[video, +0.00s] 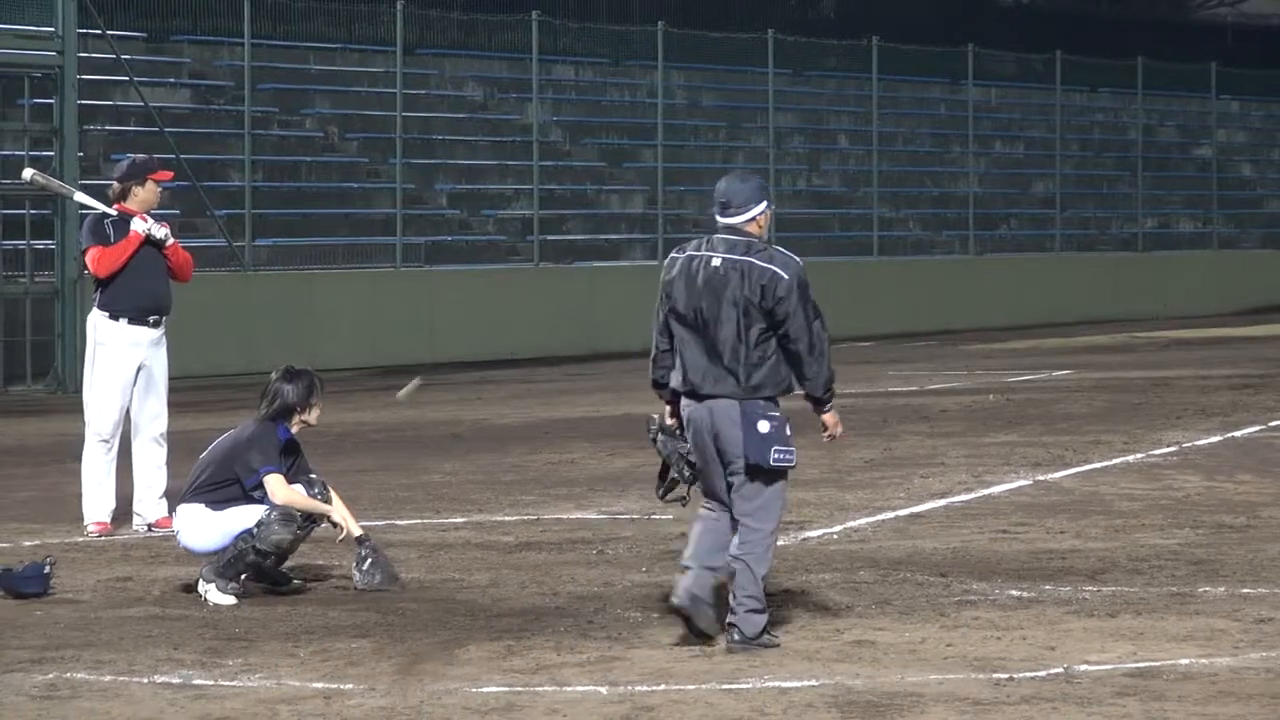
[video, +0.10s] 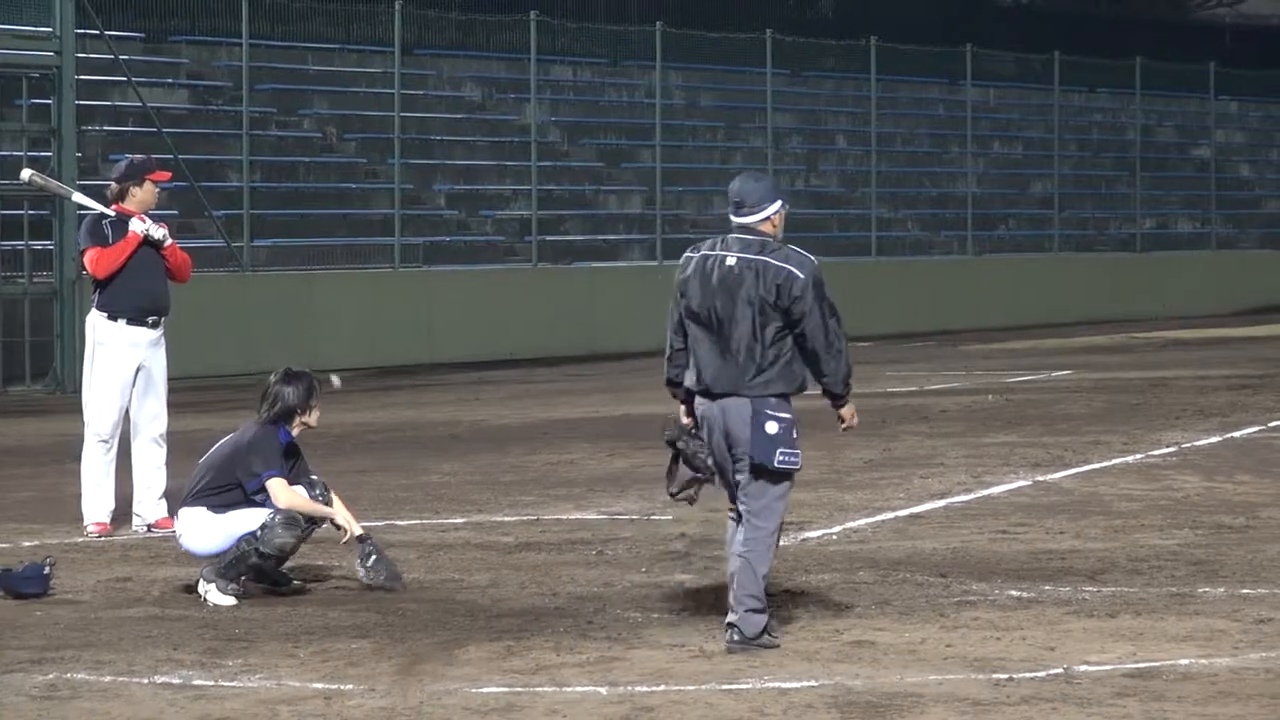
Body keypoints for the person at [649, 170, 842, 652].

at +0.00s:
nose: (769, 218)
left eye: (765, 211)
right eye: (766, 212)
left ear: (720, 214)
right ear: (758, 217)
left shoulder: (681, 260)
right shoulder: (780, 268)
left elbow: (665, 337)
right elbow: (804, 343)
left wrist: (669, 396)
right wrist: (824, 404)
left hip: (695, 406)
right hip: (750, 410)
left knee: (717, 503)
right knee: (757, 517)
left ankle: (694, 589)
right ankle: (746, 625)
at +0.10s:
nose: (783, 219)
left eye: (779, 212)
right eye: (780, 213)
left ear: (734, 215)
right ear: (770, 218)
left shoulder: (696, 260)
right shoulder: (793, 266)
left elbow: (679, 335)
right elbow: (821, 338)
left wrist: (683, 394)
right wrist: (841, 396)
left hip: (709, 403)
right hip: (763, 406)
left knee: (742, 508)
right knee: (760, 515)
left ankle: (742, 606)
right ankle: (746, 623)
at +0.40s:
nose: (822, 220)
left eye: (819, 213)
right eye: (820, 214)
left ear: (775, 216)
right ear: (811, 218)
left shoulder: (739, 264)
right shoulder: (834, 264)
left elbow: (727, 341)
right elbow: (856, 340)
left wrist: (729, 400)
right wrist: (866, 404)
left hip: (756, 404)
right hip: (809, 404)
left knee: (792, 506)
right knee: (804, 506)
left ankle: (812, 606)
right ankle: (759, 606)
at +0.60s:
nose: (845, 216)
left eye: (841, 209)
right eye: (843, 210)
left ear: (798, 212)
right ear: (835, 214)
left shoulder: (763, 260)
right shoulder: (858, 260)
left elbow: (752, 338)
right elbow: (879, 337)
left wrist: (755, 396)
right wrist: (888, 401)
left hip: (783, 401)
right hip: (841, 402)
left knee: (803, 508)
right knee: (862, 492)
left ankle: (804, 605)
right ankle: (820, 583)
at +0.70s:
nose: (857, 214)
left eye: (850, 208)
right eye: (856, 209)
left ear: (810, 211)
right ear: (852, 213)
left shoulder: (776, 258)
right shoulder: (873, 260)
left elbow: (764, 336)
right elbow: (892, 337)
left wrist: (767, 395)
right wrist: (901, 400)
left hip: (794, 400)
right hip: (854, 401)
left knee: (806, 508)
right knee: (880, 494)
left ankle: (808, 611)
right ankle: (870, 602)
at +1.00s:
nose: (898, 224)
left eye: (865, 214)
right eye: (901, 218)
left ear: (859, 217)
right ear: (906, 221)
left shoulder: (824, 262)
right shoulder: (932, 268)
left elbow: (807, 336)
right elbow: (946, 344)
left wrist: (806, 393)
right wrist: (947, 404)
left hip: (843, 405)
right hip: (907, 407)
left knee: (832, 506)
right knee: (925, 505)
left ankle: (814, 606)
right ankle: (945, 605)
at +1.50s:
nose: (922, 216)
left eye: (921, 210)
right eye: (954, 214)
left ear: (920, 212)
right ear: (965, 217)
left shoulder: (879, 254)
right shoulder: (988, 265)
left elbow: (858, 324)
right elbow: (1007, 336)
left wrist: (854, 382)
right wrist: (1012, 398)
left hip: (889, 393)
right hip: (950, 397)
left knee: (890, 494)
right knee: (950, 502)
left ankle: (885, 596)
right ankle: (949, 604)